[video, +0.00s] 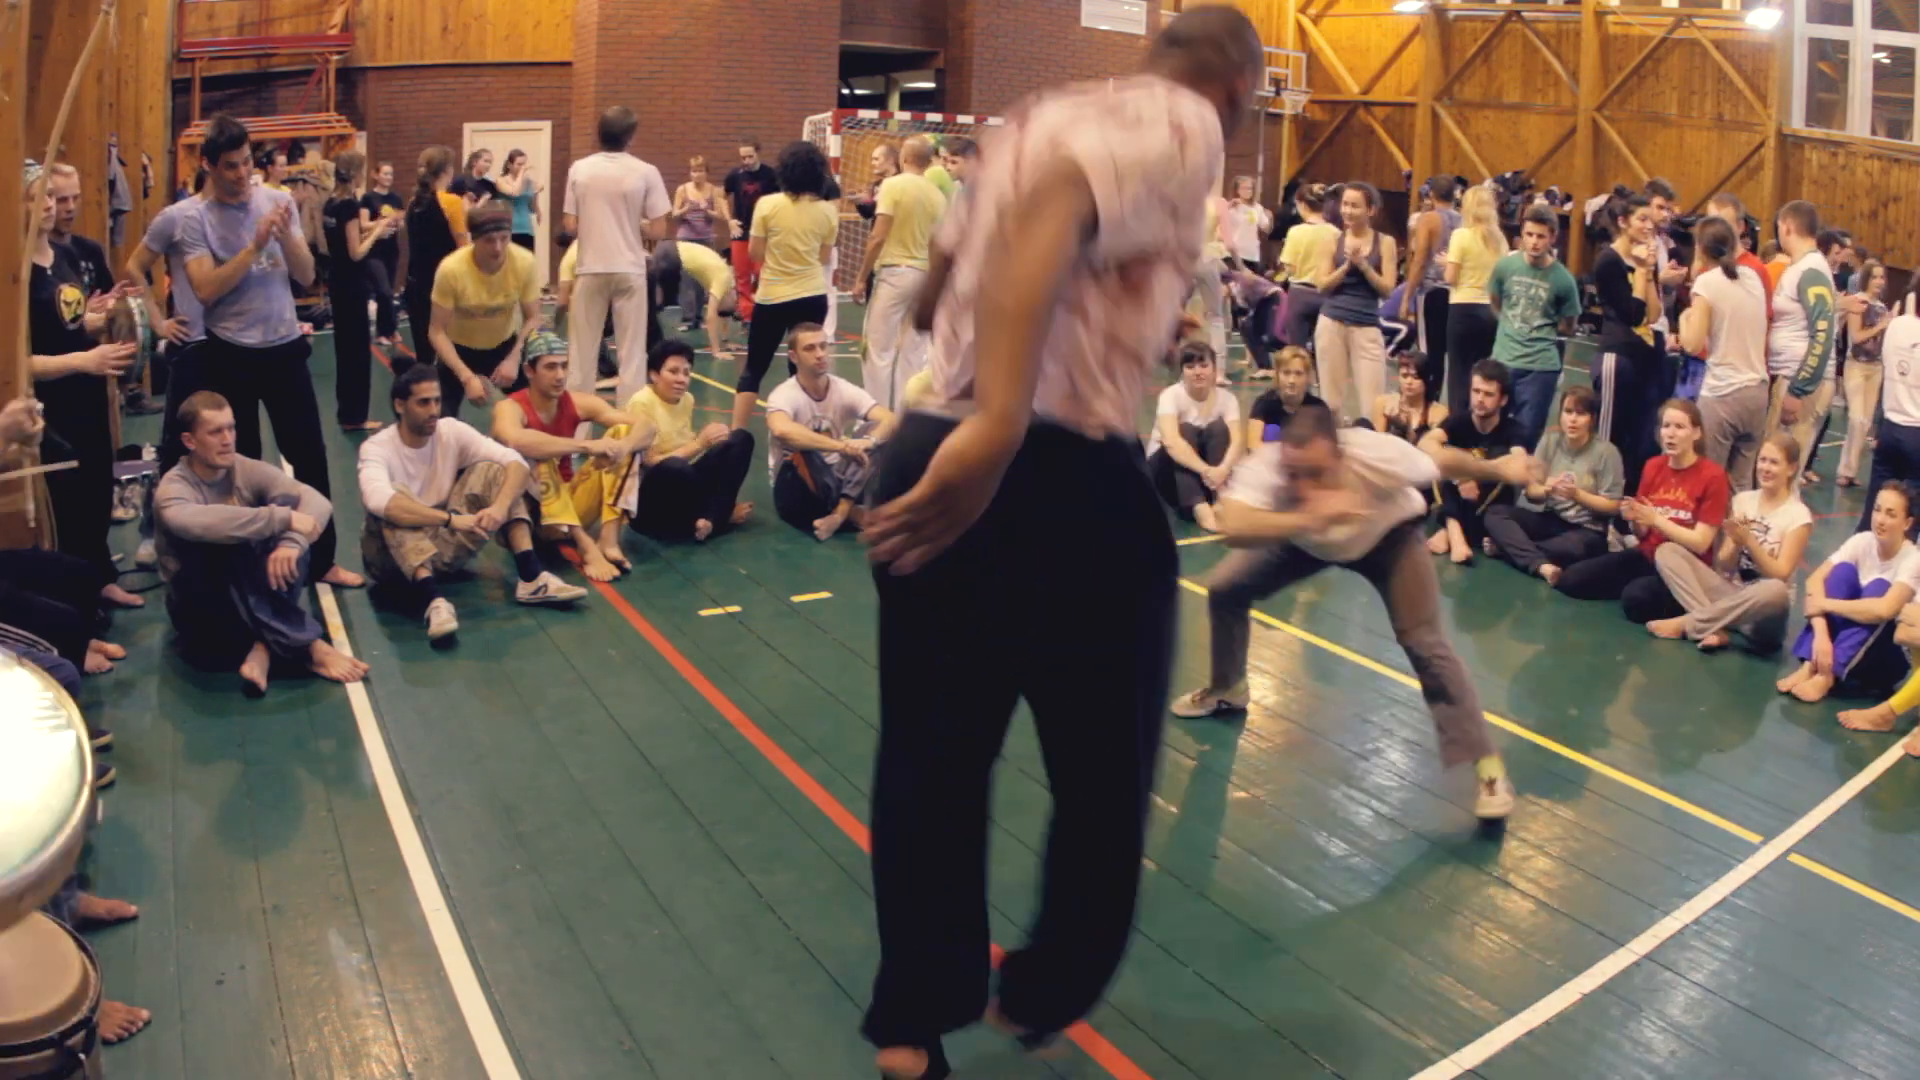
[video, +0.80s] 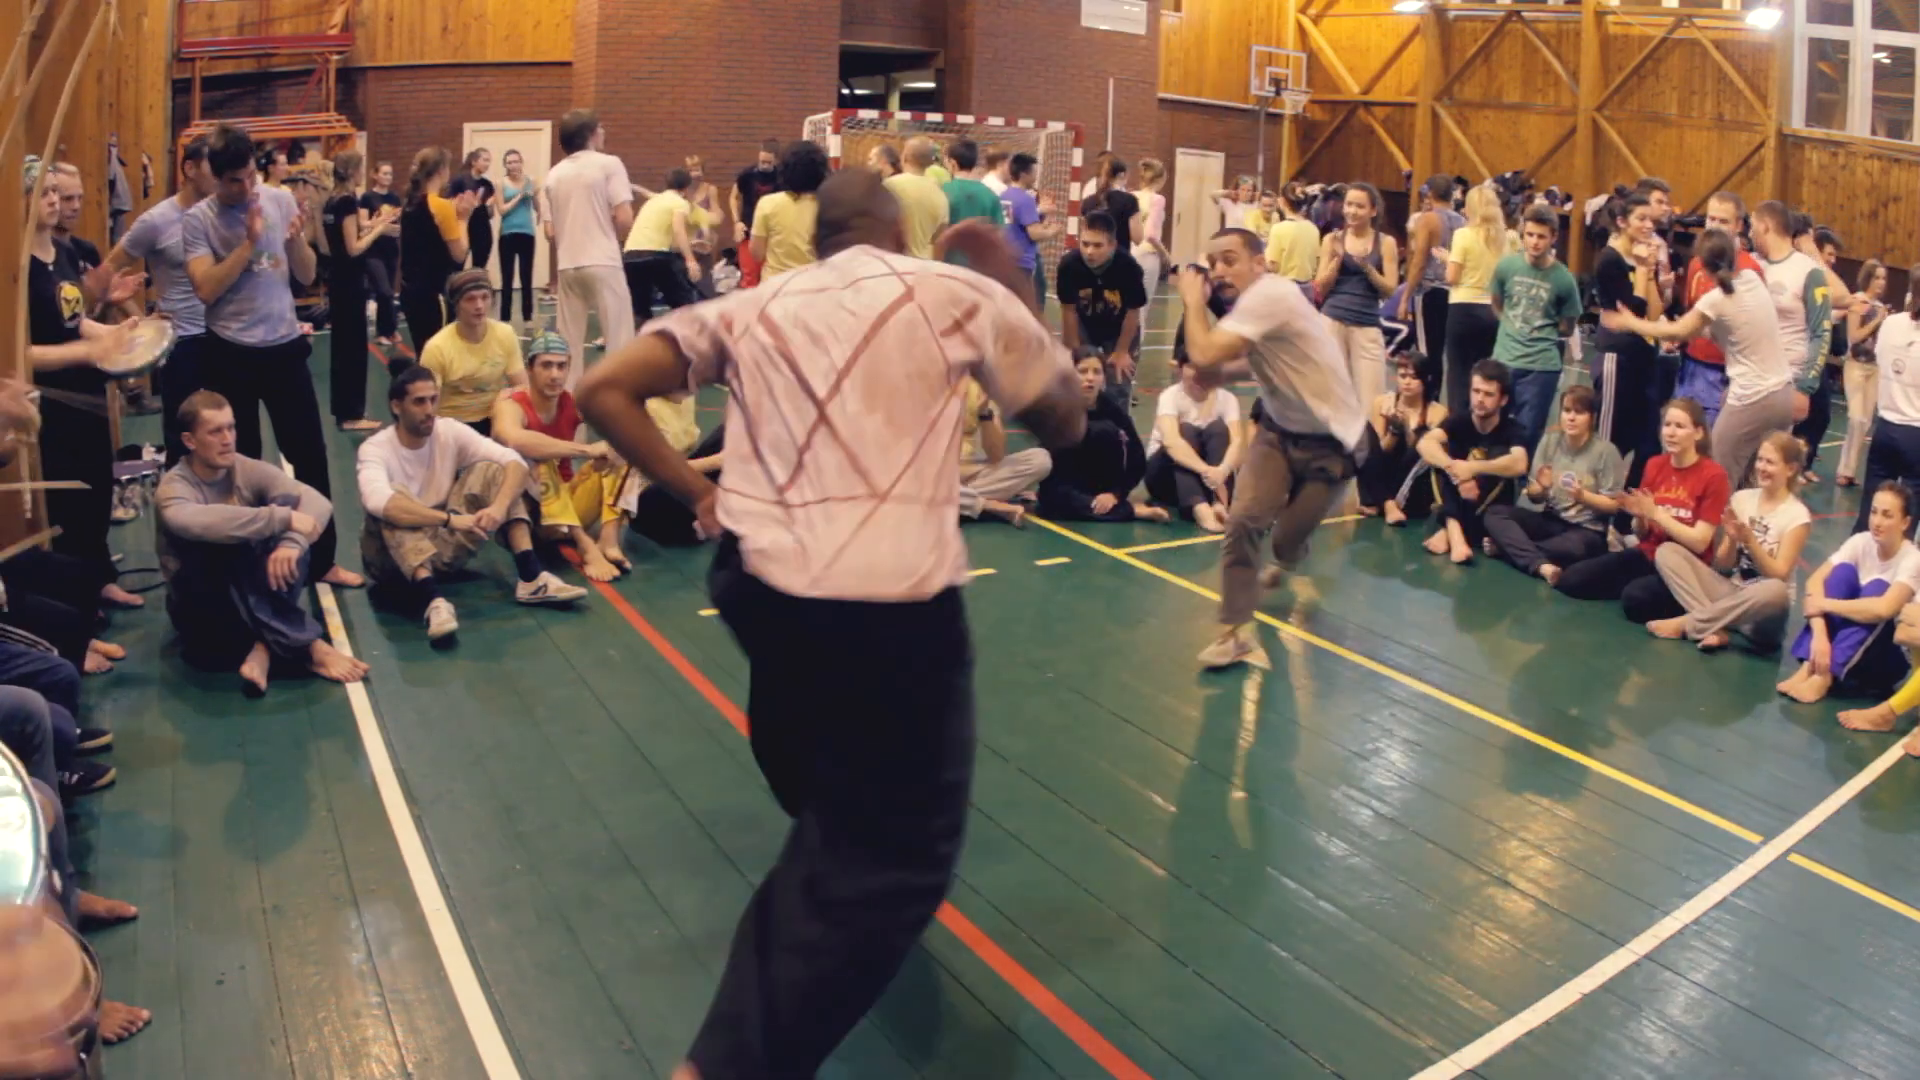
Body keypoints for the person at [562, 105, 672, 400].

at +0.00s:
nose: (632, 136)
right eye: (632, 132)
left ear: (599, 133)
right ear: (631, 135)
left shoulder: (579, 170)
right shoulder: (646, 172)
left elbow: (570, 225)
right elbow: (659, 230)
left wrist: (597, 225)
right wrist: (633, 224)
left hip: (590, 268)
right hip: (630, 269)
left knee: (582, 350)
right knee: (632, 350)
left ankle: (577, 424)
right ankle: (630, 426)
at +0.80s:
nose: (603, 134)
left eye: (601, 128)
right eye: (599, 129)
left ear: (567, 140)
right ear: (590, 135)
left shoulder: (553, 174)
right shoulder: (609, 164)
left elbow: (550, 231)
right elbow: (624, 217)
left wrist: (573, 236)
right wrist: (612, 240)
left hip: (568, 264)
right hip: (603, 261)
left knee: (570, 341)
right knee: (620, 339)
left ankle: (568, 402)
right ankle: (619, 405)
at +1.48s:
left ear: (611, 135)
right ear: (644, 136)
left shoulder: (594, 170)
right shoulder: (661, 172)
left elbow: (582, 224)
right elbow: (670, 229)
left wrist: (609, 217)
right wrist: (643, 221)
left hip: (602, 270)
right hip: (643, 270)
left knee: (592, 354)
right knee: (643, 355)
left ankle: (584, 437)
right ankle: (639, 435)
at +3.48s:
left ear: (607, 143)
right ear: (639, 142)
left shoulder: (591, 176)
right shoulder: (659, 174)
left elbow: (581, 229)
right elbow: (675, 228)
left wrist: (609, 228)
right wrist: (645, 228)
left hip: (608, 268)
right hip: (647, 268)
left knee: (596, 351)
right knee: (666, 344)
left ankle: (585, 425)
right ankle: (674, 416)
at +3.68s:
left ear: (635, 140)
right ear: (667, 140)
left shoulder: (619, 169)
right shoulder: (685, 171)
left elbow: (600, 218)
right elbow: (696, 228)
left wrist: (619, 248)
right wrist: (671, 246)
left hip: (633, 263)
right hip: (674, 262)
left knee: (613, 343)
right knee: (684, 342)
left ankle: (596, 420)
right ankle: (689, 415)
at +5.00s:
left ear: (613, 139)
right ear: (644, 138)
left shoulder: (602, 168)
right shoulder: (666, 168)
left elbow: (572, 205)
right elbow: (672, 224)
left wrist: (569, 252)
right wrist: (655, 247)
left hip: (621, 265)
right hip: (660, 262)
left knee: (616, 344)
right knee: (670, 341)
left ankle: (618, 418)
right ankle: (673, 414)